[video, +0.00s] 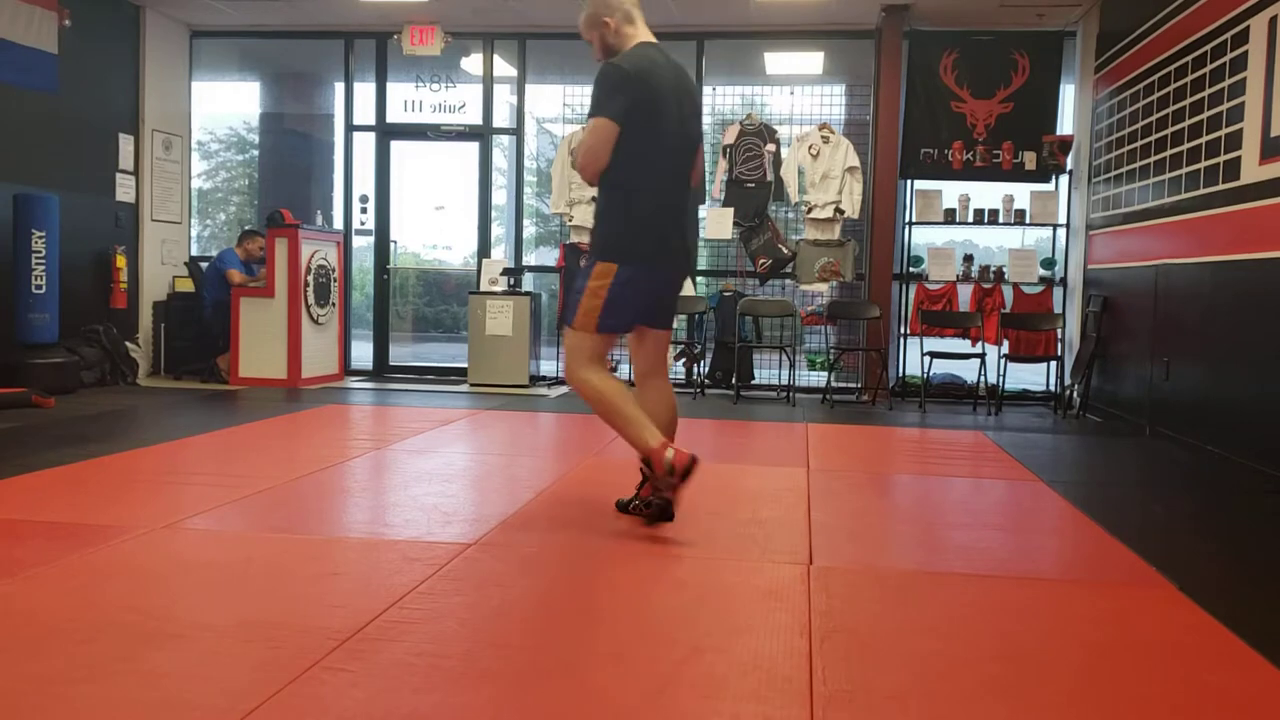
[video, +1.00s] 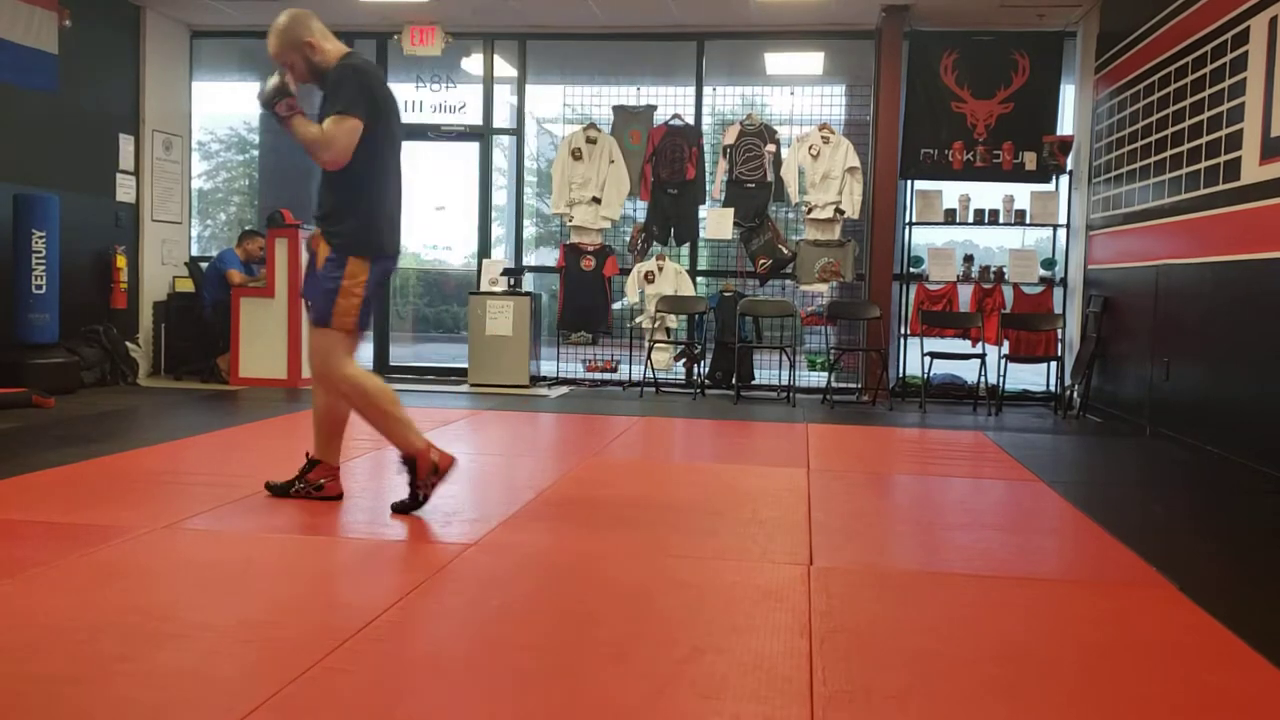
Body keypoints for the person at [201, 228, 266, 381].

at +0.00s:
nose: (262, 253)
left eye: (263, 250)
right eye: (260, 248)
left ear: (247, 245)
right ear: (247, 244)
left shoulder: (245, 263)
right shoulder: (228, 255)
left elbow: (253, 282)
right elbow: (236, 280)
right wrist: (258, 279)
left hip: (230, 308)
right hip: (213, 309)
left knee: (257, 328)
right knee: (252, 331)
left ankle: (226, 362)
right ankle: (223, 362)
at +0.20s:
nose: (262, 253)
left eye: (263, 250)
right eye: (260, 249)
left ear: (248, 245)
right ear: (247, 244)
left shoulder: (246, 264)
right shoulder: (228, 255)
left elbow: (253, 282)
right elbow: (236, 280)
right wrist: (258, 278)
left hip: (229, 308)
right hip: (213, 309)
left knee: (257, 328)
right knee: (252, 331)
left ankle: (226, 363)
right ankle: (223, 362)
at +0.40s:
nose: (261, 253)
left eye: (262, 250)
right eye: (260, 249)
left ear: (248, 245)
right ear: (247, 244)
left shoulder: (246, 264)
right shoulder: (228, 255)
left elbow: (253, 282)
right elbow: (236, 280)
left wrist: (265, 276)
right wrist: (258, 278)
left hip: (230, 308)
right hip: (214, 309)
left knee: (258, 327)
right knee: (252, 331)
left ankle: (226, 363)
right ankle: (223, 362)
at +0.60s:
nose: (261, 254)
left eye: (262, 250)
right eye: (260, 249)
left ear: (248, 245)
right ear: (247, 244)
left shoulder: (246, 264)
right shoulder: (228, 255)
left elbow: (253, 283)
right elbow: (236, 280)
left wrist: (266, 276)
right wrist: (259, 278)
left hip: (230, 308)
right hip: (213, 309)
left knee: (259, 327)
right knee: (253, 331)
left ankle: (226, 364)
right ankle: (223, 363)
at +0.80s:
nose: (261, 254)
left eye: (262, 250)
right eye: (260, 249)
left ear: (248, 245)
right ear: (247, 244)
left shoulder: (246, 264)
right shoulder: (228, 256)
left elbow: (252, 284)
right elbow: (235, 280)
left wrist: (267, 277)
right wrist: (259, 279)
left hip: (230, 307)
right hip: (214, 308)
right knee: (253, 331)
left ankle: (226, 363)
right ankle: (223, 362)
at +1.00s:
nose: (261, 254)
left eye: (262, 250)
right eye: (260, 249)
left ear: (248, 245)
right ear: (247, 244)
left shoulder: (246, 264)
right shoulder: (228, 255)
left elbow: (252, 284)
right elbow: (235, 280)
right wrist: (258, 278)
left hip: (230, 308)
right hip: (213, 309)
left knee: (259, 327)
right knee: (253, 330)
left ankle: (227, 363)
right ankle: (224, 362)